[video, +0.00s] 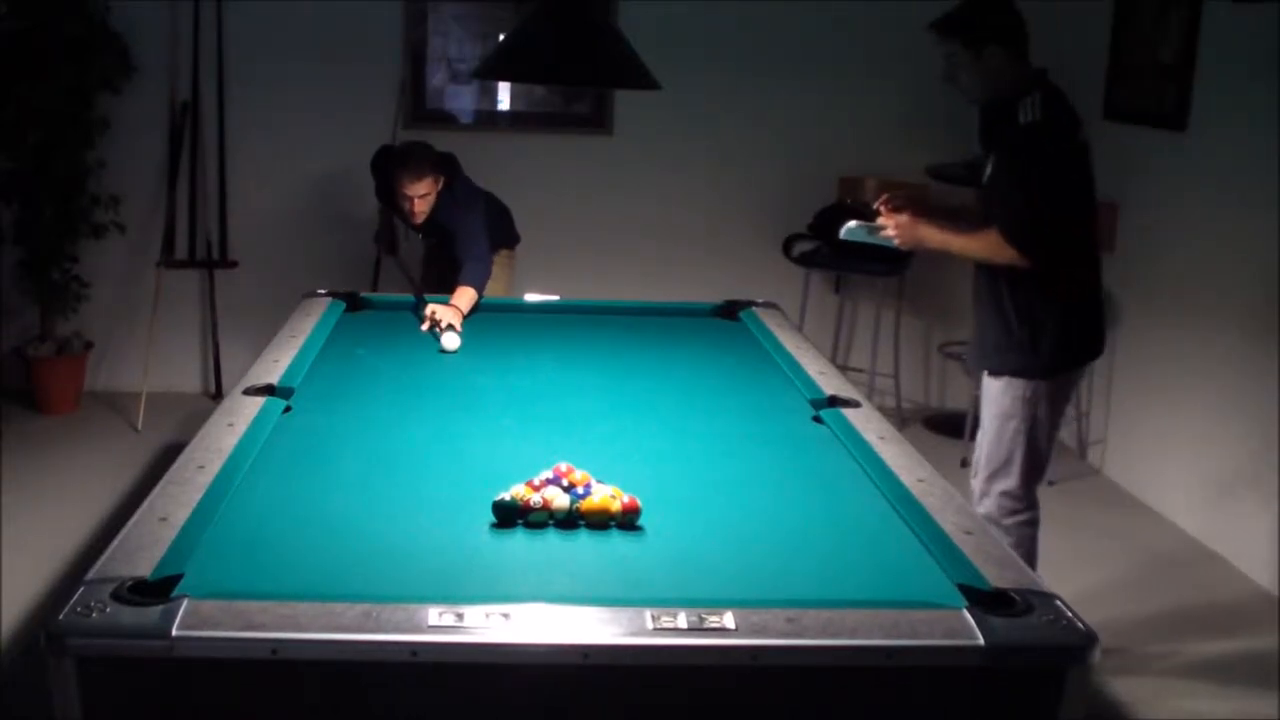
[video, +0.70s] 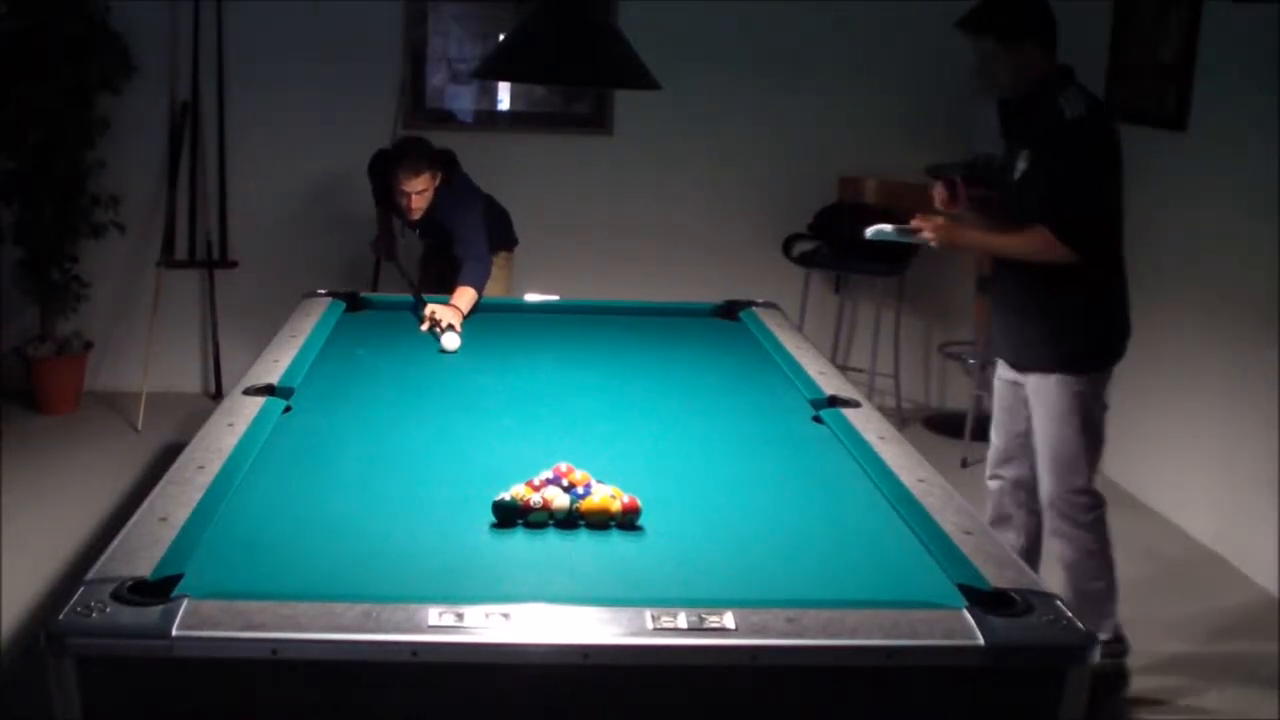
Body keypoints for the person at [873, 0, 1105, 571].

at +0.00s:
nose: (951, 79)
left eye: (958, 64)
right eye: (949, 65)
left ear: (993, 55)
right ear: (1001, 57)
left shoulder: (1037, 117)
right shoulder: (1016, 111)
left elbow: (1022, 245)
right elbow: (997, 212)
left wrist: (928, 235)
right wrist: (923, 210)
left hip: (1036, 344)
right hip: (1014, 337)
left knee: (1003, 498)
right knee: (992, 489)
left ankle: (1007, 629)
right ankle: (994, 620)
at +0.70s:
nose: (985, 69)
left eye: (993, 54)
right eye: (983, 55)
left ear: (1026, 49)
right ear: (1017, 51)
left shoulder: (1077, 118)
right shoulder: (1024, 113)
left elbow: (1069, 242)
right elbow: (1030, 215)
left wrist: (968, 237)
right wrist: (973, 204)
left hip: (1070, 346)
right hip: (1019, 338)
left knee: (1068, 502)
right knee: (1009, 487)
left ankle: (1097, 644)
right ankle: (1003, 627)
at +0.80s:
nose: (1003, 68)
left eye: (1014, 54)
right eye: (1001, 54)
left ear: (1049, 52)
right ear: (1020, 54)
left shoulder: (1102, 128)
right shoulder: (1029, 126)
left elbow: (1101, 244)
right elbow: (1038, 226)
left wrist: (993, 239)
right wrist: (980, 224)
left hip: (1088, 355)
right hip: (1028, 346)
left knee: (1101, 506)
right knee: (1018, 493)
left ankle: (1144, 655)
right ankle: (1006, 628)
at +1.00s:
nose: (1069, 69)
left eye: (1082, 55)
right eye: (1068, 55)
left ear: (1122, 57)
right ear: (1077, 56)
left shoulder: (1179, 144)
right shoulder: (1075, 126)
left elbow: (1174, 261)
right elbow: (1068, 219)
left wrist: (1059, 252)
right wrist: (1019, 224)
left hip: (1138, 375)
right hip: (1061, 358)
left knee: (1158, 525)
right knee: (1035, 496)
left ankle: (1185, 674)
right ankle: (1011, 630)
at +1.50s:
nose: (1245, 78)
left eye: (1255, 65)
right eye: (1237, 61)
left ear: (1275, 71)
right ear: (1222, 60)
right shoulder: (1192, 134)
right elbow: (1140, 230)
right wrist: (1170, 269)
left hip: (1271, 372)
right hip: (1192, 360)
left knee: (1246, 546)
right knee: (1161, 535)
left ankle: (1198, 681)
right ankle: (1145, 681)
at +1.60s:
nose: (1259, 77)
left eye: (1265, 64)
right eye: (1254, 62)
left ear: (1274, 70)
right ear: (1241, 62)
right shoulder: (1205, 142)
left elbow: (1149, 237)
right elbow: (1148, 236)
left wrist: (1182, 284)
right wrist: (1183, 287)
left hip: (1268, 382)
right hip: (1210, 374)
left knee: (1252, 563)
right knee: (1205, 561)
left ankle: (1209, 684)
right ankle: (1197, 698)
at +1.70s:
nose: (1268, 88)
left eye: (1269, 75)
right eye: (1264, 73)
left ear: (1263, 78)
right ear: (1255, 74)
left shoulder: (1235, 155)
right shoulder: (1225, 154)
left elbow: (1157, 250)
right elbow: (1156, 250)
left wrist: (1188, 299)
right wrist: (1191, 302)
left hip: (1260, 393)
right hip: (1234, 389)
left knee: (1248, 565)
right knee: (1245, 582)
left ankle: (1193, 673)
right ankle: (1242, 709)